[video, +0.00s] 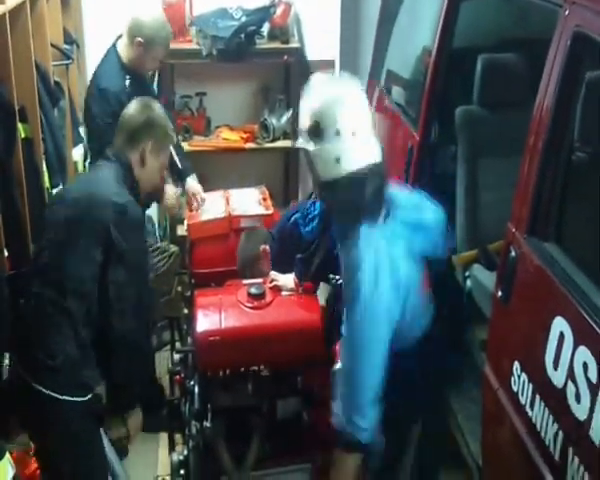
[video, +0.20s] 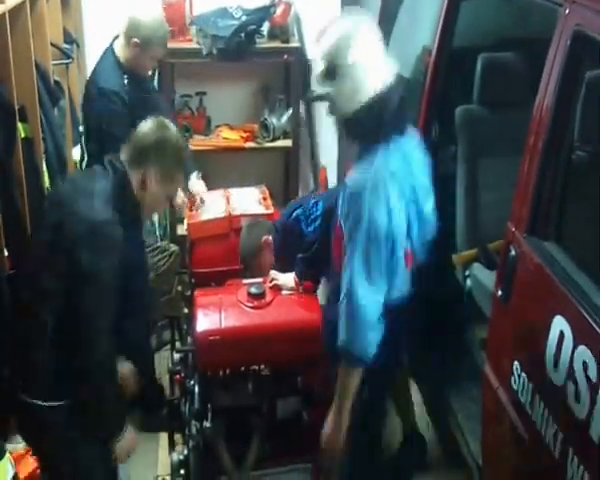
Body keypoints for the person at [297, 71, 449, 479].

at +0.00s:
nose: (351, 201)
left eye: (363, 185)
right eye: (339, 190)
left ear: (378, 177)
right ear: (322, 188)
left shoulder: (372, 242)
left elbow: (366, 340)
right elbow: (438, 226)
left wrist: (351, 441)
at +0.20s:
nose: (330, 113)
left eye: (334, 104)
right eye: (329, 102)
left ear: (351, 110)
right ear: (390, 94)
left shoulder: (369, 184)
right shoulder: (409, 145)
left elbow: (364, 304)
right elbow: (424, 228)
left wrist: (340, 410)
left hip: (373, 311)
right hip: (406, 295)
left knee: (359, 421)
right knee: (390, 381)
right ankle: (407, 438)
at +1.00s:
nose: (323, 187)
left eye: (334, 174)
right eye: (315, 174)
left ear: (358, 164)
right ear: (306, 166)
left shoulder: (383, 225)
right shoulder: (325, 219)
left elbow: (377, 355)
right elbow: (293, 303)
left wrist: (312, 450)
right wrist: (240, 368)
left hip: (399, 397)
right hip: (356, 386)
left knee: (391, 472)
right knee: (348, 471)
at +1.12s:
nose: (334, 152)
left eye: (343, 139)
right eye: (326, 139)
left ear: (367, 130)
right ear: (317, 135)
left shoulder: (399, 191)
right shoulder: (325, 190)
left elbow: (406, 312)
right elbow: (304, 290)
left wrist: (367, 433)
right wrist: (264, 368)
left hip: (395, 348)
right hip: (345, 351)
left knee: (394, 464)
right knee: (339, 455)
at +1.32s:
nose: (362, 159)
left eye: (370, 142)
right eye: (350, 145)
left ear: (389, 113)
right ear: (333, 125)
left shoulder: (425, 175)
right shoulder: (333, 180)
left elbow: (449, 299)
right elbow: (329, 285)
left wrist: (449, 423)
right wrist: (317, 373)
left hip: (400, 373)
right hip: (337, 370)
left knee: (387, 467)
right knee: (320, 463)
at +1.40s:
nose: (350, 154)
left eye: (363, 141)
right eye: (342, 141)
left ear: (389, 141)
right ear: (335, 144)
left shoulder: (425, 212)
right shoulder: (339, 203)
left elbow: (454, 320)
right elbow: (333, 291)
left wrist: (458, 451)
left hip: (393, 398)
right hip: (330, 386)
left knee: (384, 471)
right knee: (310, 468)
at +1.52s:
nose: (337, 178)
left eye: (348, 170)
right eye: (334, 168)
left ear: (381, 159)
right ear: (334, 164)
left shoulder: (426, 214)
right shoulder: (340, 207)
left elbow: (449, 346)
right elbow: (334, 297)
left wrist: (439, 460)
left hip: (391, 400)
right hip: (332, 391)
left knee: (378, 472)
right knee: (318, 472)